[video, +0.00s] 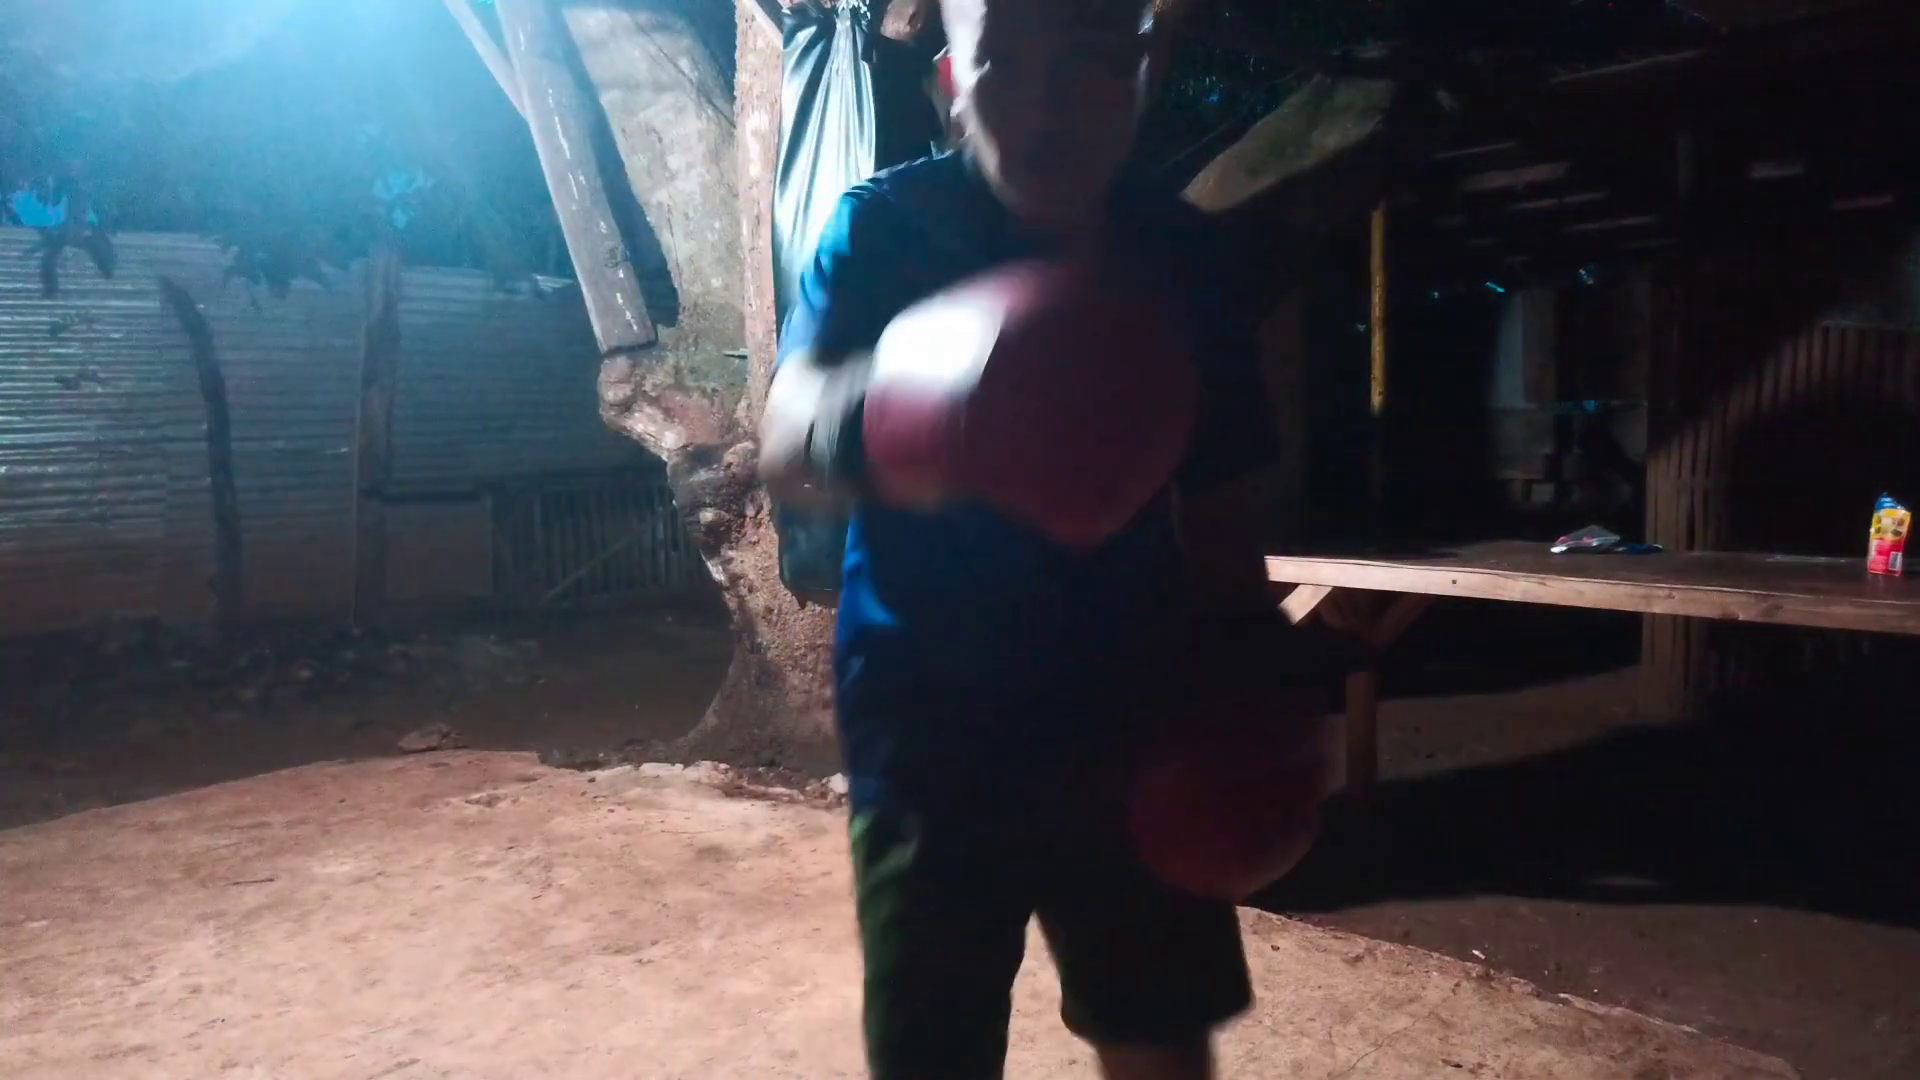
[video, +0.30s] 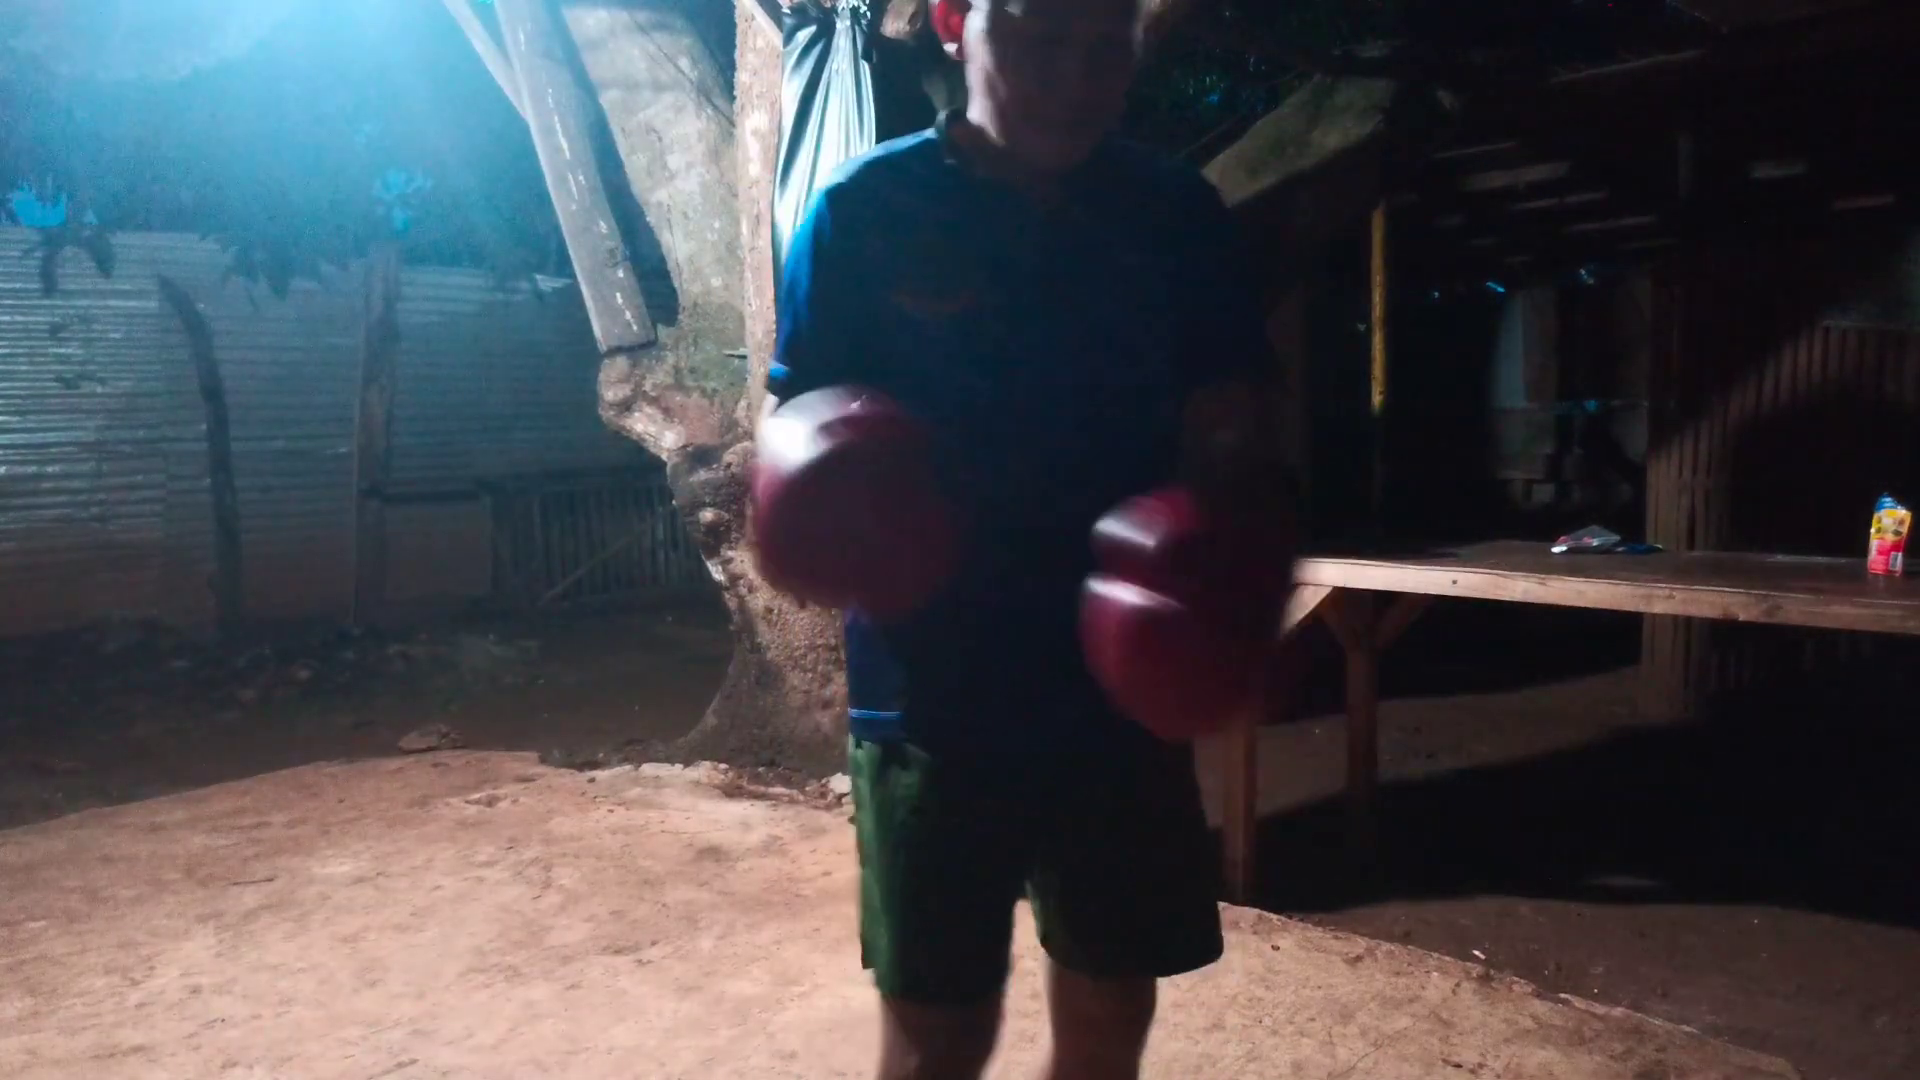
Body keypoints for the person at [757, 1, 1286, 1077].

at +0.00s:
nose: (1042, 102)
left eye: (1082, 62)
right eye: (1002, 63)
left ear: (1139, 77)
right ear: (949, 83)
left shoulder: (1184, 252)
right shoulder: (886, 226)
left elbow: (1224, 522)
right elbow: (786, 443)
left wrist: (1250, 727)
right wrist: (933, 418)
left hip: (1133, 726)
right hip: (933, 731)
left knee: (1160, 1048)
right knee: (927, 1058)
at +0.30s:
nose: (1071, 77)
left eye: (1104, 44)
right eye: (1037, 38)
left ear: (1138, 51)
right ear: (960, 30)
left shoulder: (1179, 218)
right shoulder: (868, 210)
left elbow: (1236, 436)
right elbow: (802, 402)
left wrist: (1216, 569)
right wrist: (819, 478)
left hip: (1118, 686)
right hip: (930, 689)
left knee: (1107, 1027)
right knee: (934, 1041)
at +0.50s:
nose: (974, 44)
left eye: (1004, 18)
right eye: (943, 19)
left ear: (1049, 32)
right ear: (880, 33)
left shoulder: (1123, 199)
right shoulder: (829, 215)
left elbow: (1182, 421)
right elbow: (773, 460)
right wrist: (756, 411)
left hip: (1087, 685)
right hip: (889, 695)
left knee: (1074, 1022)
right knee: (877, 1036)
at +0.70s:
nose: (880, 52)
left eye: (910, 24)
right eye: (852, 25)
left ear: (958, 44)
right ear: (798, 42)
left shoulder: (1040, 187)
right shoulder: (749, 219)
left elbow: (1055, 396)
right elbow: (697, 429)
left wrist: (948, 494)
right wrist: (728, 526)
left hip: (1016, 649)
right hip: (826, 662)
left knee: (1081, 1007)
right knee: (842, 1010)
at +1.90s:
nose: (770, 81)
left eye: (800, 49)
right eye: (740, 53)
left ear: (845, 64)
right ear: (699, 81)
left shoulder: (917, 215)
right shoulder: (659, 224)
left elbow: (953, 431)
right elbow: (510, 409)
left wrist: (998, 598)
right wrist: (649, 466)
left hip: (909, 623)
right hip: (746, 641)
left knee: (920, 923)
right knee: (751, 972)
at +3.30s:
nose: (953, 33)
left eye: (974, 8)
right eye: (910, 8)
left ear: (1002, 21)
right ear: (817, 11)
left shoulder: (1041, 177)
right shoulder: (724, 188)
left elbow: (1114, 409)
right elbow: (565, 427)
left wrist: (1083, 559)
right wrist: (759, 384)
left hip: (1029, 670)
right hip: (836, 695)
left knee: (1013, 1014)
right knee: (861, 1051)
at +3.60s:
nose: (960, 13)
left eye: (972, 3)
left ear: (984, 6)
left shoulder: (1026, 133)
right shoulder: (706, 119)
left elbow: (1115, 364)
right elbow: (665, 373)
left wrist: (1045, 491)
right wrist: (940, 315)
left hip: (1031, 695)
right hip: (818, 716)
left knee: (1071, 1032)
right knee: (825, 1057)